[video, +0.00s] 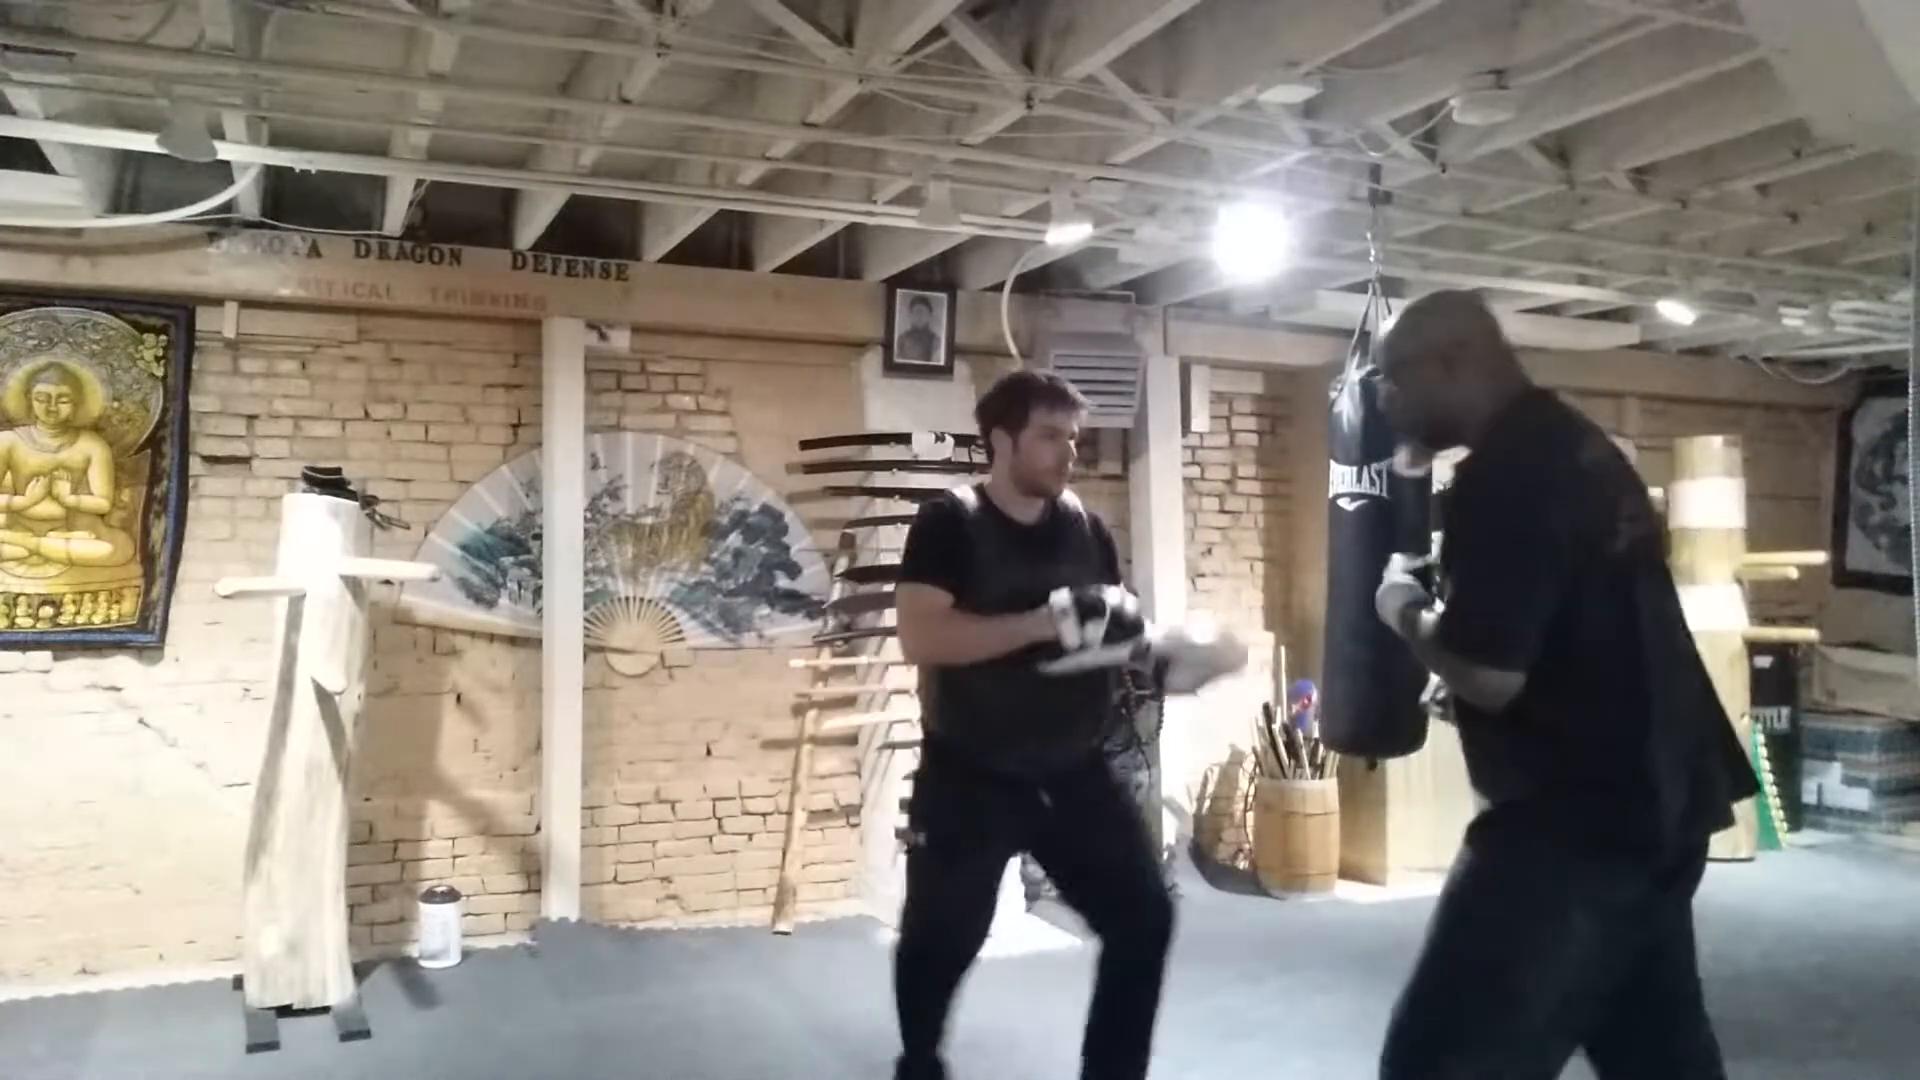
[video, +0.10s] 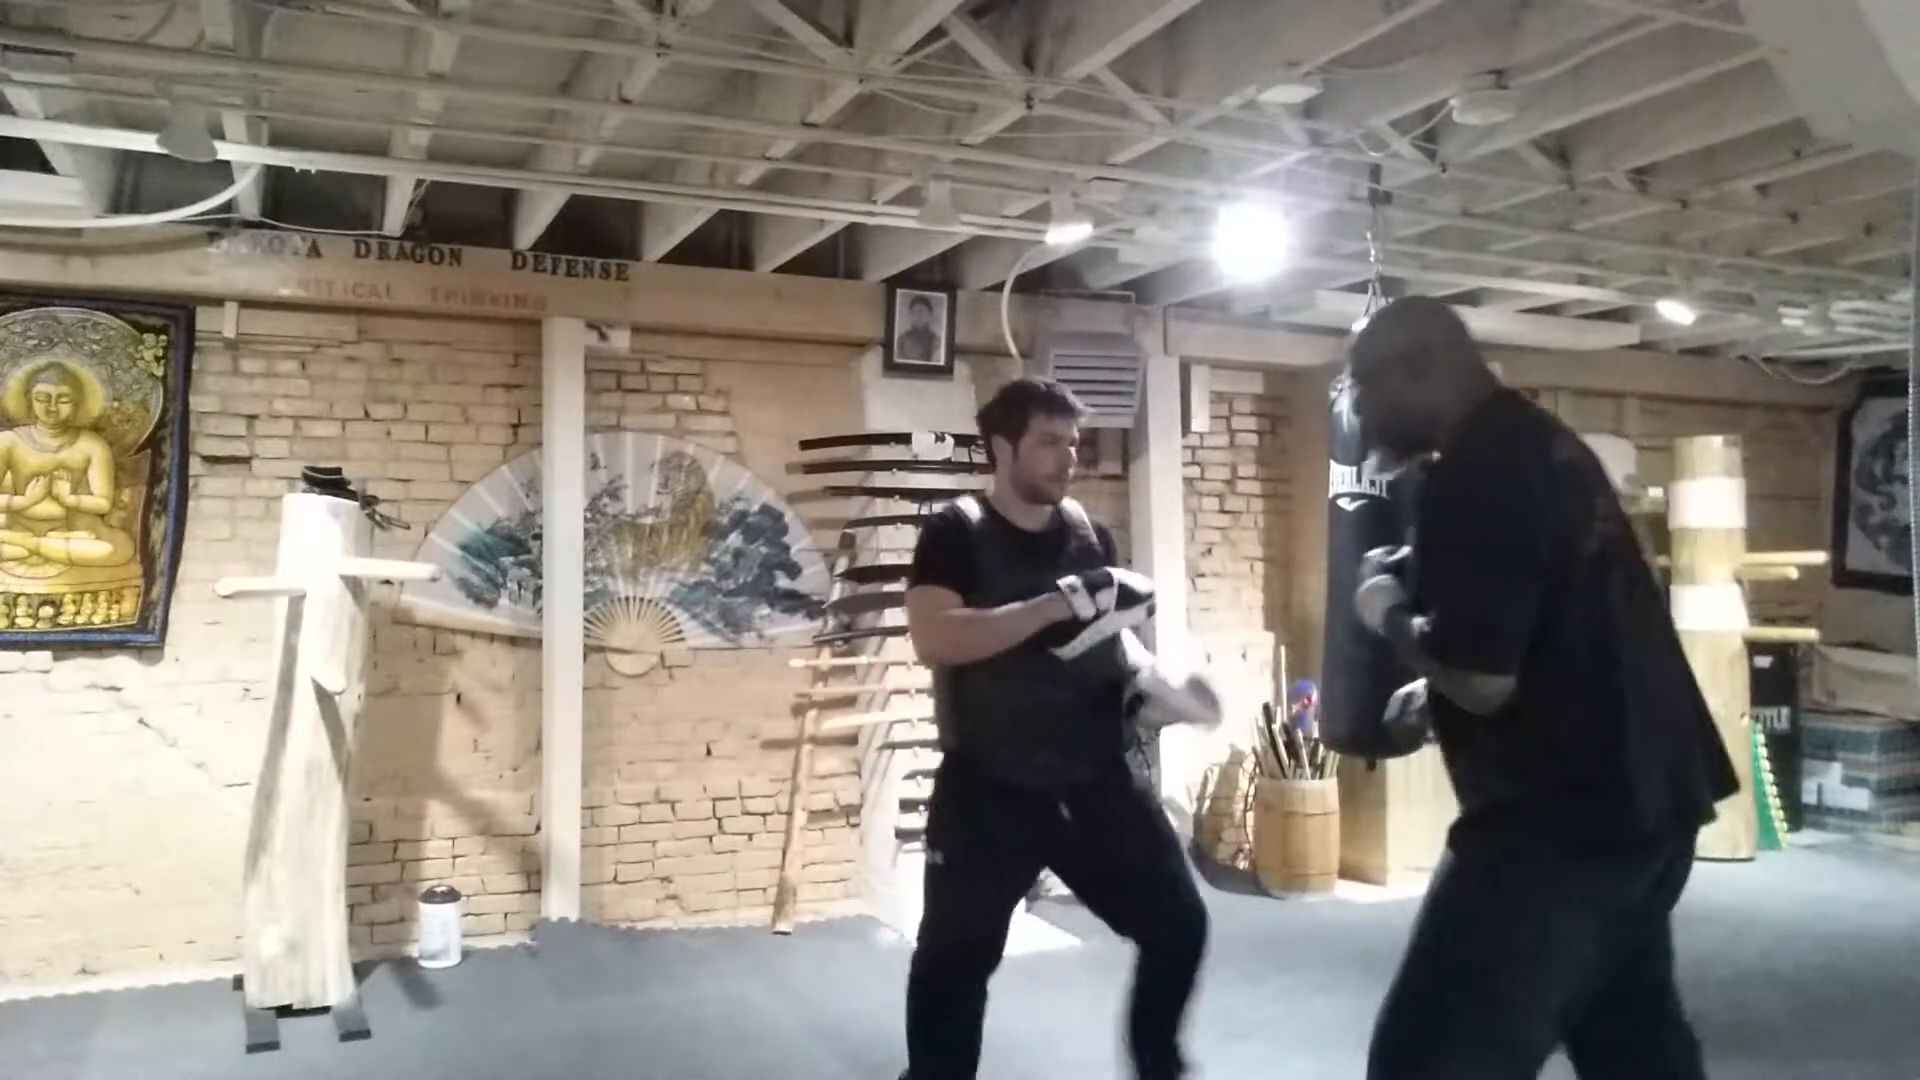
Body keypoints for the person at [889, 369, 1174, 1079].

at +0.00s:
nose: (1071, 451)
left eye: (1075, 438)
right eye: (1055, 436)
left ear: (1074, 443)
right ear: (1001, 440)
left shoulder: (1085, 529)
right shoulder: (946, 523)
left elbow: (1112, 638)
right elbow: (922, 638)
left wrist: (1175, 658)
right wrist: (1049, 623)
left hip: (1074, 776)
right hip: (968, 777)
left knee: (1143, 918)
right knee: (939, 942)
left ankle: (1111, 1074)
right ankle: (920, 1063)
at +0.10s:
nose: (1070, 456)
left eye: (1075, 443)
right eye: (1053, 442)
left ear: (1076, 447)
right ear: (1002, 445)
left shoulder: (1085, 532)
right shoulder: (954, 530)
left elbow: (1115, 642)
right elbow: (933, 638)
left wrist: (1158, 687)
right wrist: (1057, 606)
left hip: (1096, 787)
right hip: (988, 789)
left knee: (1178, 922)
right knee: (951, 965)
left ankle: (1154, 1058)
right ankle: (937, 1078)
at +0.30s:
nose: (1132, 463)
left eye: (1136, 449)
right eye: (1113, 450)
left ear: (1142, 454)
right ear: (1064, 458)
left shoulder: (1159, 545)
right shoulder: (1017, 541)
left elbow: (1176, 649)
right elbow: (964, 647)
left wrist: (1217, 671)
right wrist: (1074, 644)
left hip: (1159, 797)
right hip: (1048, 799)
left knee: (1227, 969)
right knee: (991, 965)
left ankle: (1256, 1077)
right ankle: (957, 1074)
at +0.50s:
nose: (1184, 471)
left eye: (1191, 457)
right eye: (1167, 457)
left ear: (1195, 461)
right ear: (1120, 458)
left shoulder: (1211, 555)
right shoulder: (1064, 545)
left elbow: (1262, 649)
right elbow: (1000, 649)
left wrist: (1297, 622)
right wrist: (1091, 676)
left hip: (1188, 793)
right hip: (1080, 795)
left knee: (1245, 961)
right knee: (1057, 955)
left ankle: (1258, 1079)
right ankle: (1010, 1077)